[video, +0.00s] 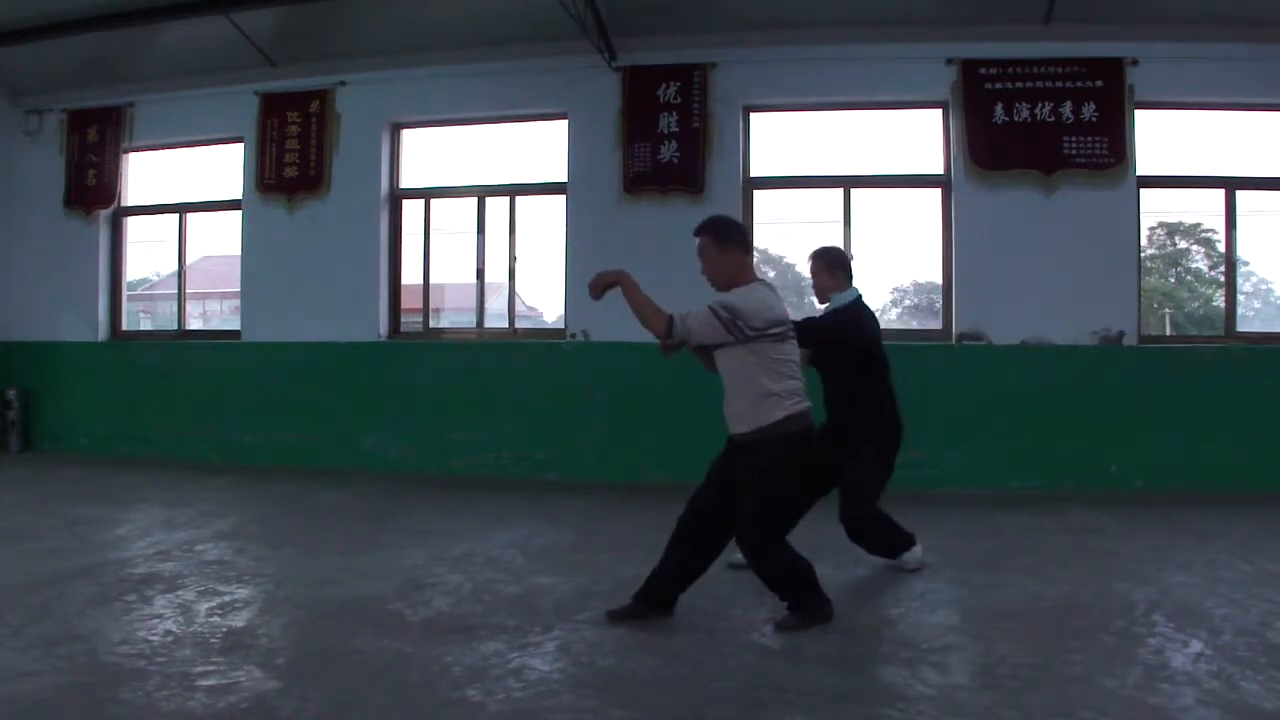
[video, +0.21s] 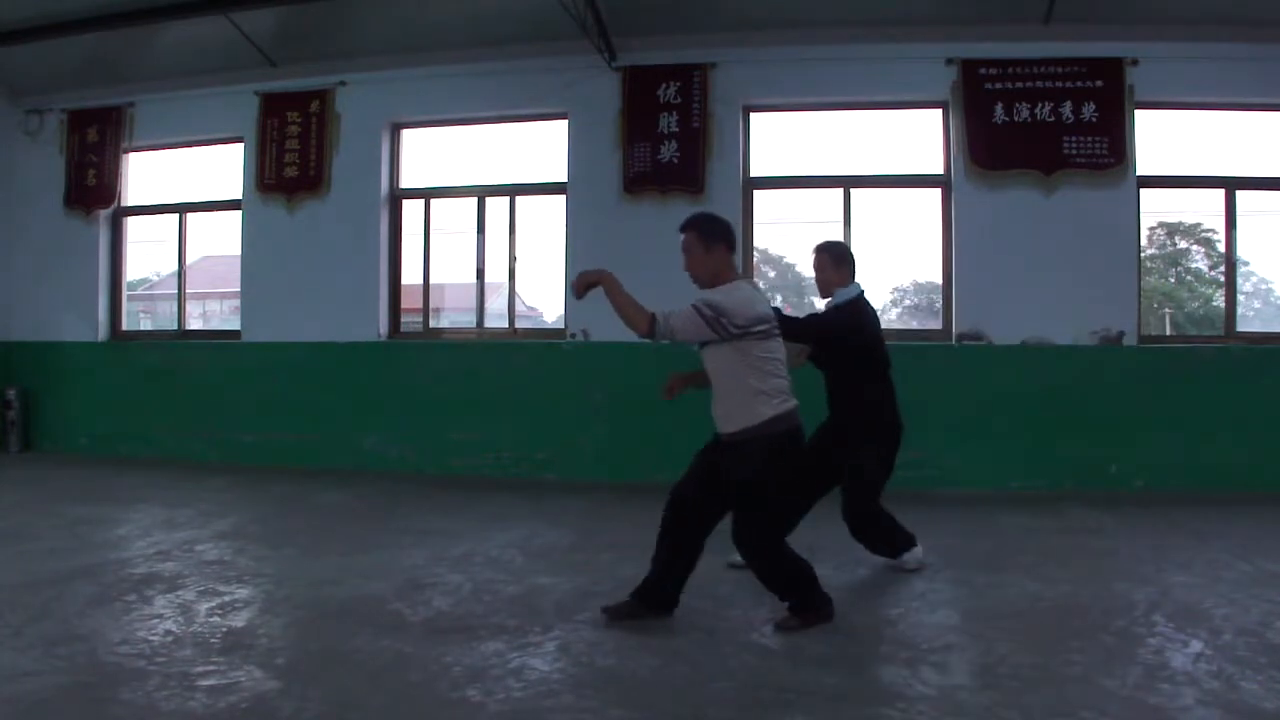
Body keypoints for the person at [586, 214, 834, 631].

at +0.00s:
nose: (702, 269)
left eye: (705, 258)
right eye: (701, 259)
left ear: (733, 253)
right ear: (734, 255)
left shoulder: (750, 303)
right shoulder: (753, 300)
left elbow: (667, 328)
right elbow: (727, 364)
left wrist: (623, 280)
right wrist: (686, 340)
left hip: (781, 440)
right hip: (750, 440)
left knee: (755, 533)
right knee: (701, 523)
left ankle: (811, 604)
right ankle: (654, 600)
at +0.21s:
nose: (684, 264)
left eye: (689, 253)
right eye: (683, 254)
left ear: (719, 252)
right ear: (719, 254)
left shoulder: (732, 302)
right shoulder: (747, 298)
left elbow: (649, 326)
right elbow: (750, 366)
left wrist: (606, 280)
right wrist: (693, 380)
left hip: (769, 440)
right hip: (736, 439)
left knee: (754, 534)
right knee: (686, 510)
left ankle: (812, 604)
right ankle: (655, 599)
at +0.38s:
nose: (651, 264)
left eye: (657, 253)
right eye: (651, 254)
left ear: (686, 254)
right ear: (689, 256)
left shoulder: (695, 308)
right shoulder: (722, 304)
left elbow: (612, 329)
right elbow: (733, 369)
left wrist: (568, 283)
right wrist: (689, 401)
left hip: (732, 445)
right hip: (708, 442)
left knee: (741, 541)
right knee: (650, 517)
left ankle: (809, 601)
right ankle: (593, 594)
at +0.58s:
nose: (567, 246)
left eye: (574, 238)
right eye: (568, 237)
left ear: (598, 244)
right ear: (605, 248)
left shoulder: (580, 295)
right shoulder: (629, 301)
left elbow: (513, 303)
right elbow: (664, 357)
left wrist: (450, 291)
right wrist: (613, 361)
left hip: (602, 436)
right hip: (643, 433)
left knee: (549, 509)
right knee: (654, 530)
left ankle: (549, 613)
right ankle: (748, 568)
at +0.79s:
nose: (490, 216)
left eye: (498, 208)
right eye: (492, 208)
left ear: (523, 213)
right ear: (513, 214)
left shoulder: (558, 268)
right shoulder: (500, 279)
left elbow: (567, 335)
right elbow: (477, 327)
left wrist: (502, 335)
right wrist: (454, 317)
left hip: (558, 388)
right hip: (520, 387)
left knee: (526, 490)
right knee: (446, 408)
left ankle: (545, 606)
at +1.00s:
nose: (420, 212)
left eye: (428, 204)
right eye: (423, 204)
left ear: (452, 212)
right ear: (447, 214)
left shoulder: (482, 268)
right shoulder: (430, 272)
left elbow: (511, 329)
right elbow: (374, 293)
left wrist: (454, 351)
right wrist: (356, 241)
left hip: (482, 390)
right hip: (439, 383)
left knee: (443, 486)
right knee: (380, 361)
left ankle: (426, 602)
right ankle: (414, 454)